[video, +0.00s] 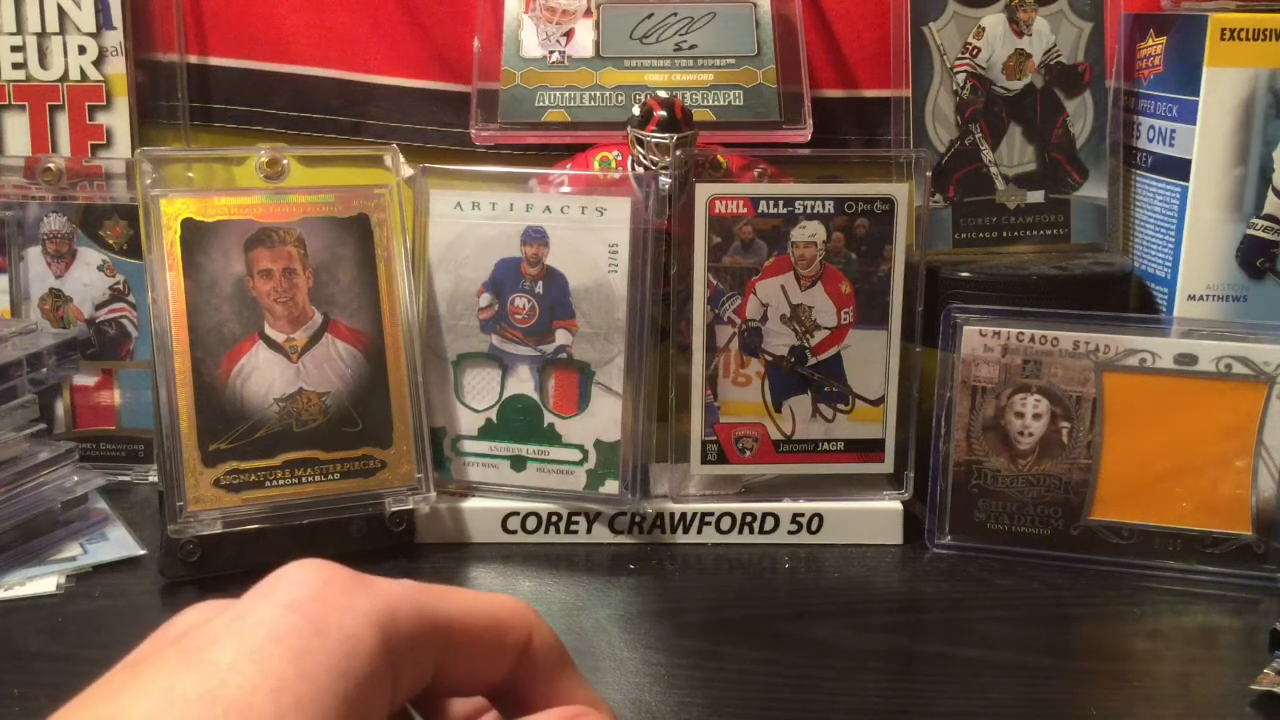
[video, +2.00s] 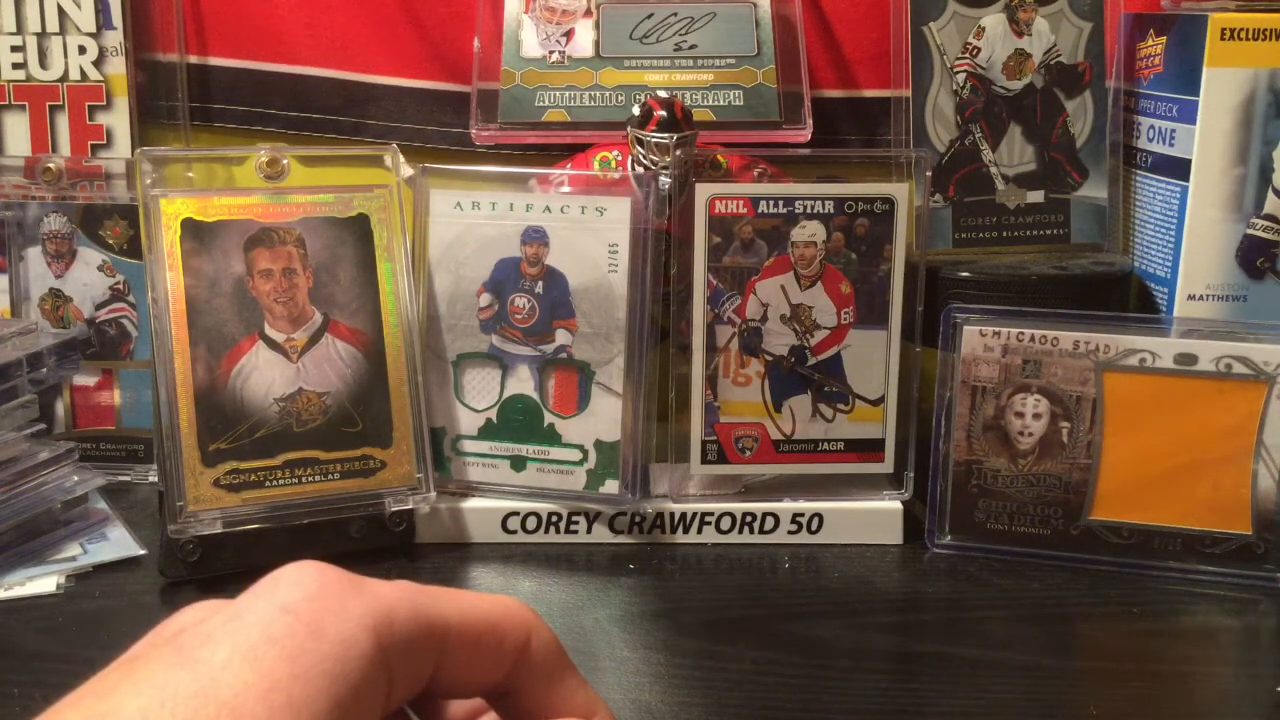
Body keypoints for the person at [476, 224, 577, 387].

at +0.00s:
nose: (534, 252)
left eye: (540, 247)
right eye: (530, 246)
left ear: (547, 250)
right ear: (522, 248)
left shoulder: (557, 280)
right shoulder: (504, 268)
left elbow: (565, 321)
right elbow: (486, 293)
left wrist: (562, 350)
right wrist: (487, 316)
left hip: (541, 354)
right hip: (503, 351)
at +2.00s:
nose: (534, 251)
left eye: (540, 247)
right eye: (530, 246)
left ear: (546, 250)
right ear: (522, 248)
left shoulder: (557, 280)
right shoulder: (504, 268)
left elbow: (564, 320)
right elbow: (487, 293)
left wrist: (562, 349)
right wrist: (487, 318)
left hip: (542, 353)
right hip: (503, 349)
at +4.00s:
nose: (534, 251)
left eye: (540, 247)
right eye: (530, 246)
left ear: (546, 250)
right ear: (522, 248)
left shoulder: (557, 280)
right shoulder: (504, 268)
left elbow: (565, 321)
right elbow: (487, 291)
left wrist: (562, 349)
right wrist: (486, 316)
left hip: (541, 353)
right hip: (502, 348)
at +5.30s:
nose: (534, 251)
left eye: (539, 247)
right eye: (530, 246)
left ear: (547, 250)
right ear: (522, 248)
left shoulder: (557, 280)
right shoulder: (504, 267)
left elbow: (565, 322)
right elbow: (487, 292)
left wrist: (561, 352)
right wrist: (487, 318)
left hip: (542, 351)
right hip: (503, 347)